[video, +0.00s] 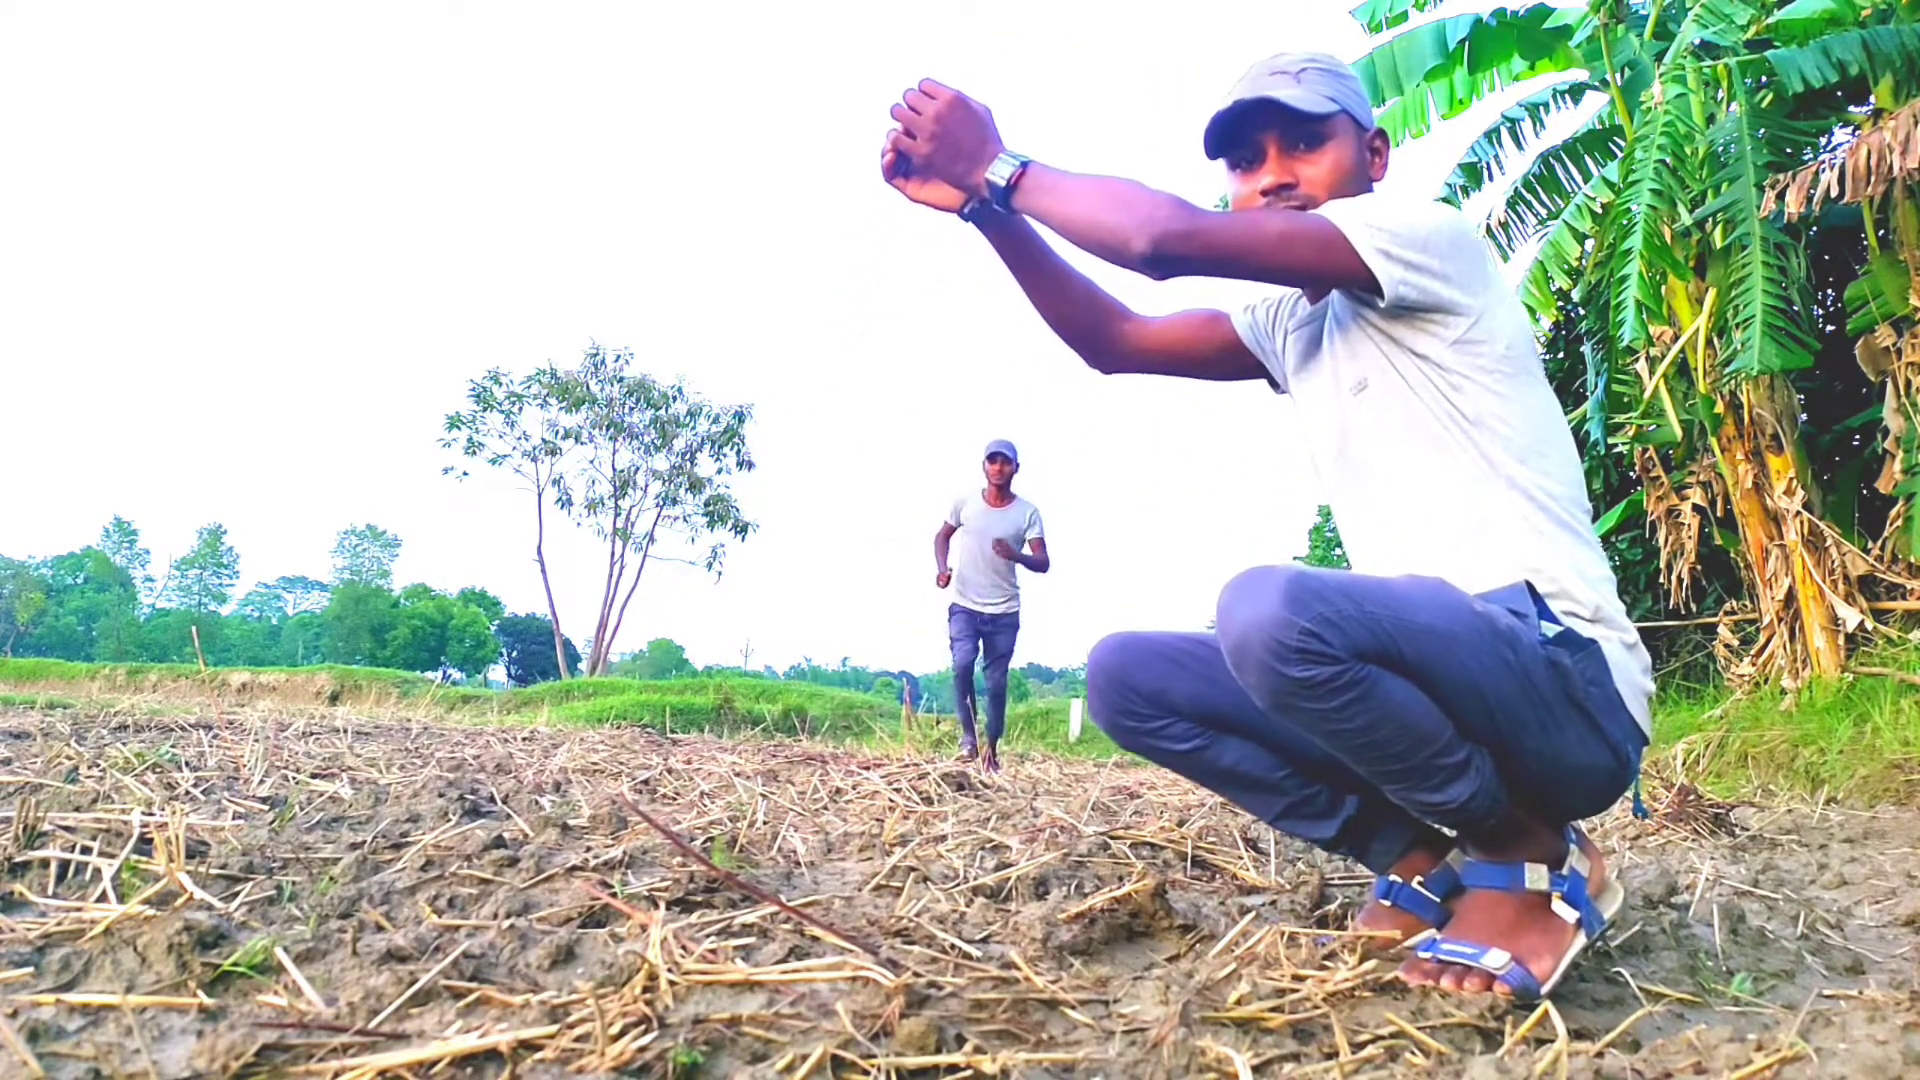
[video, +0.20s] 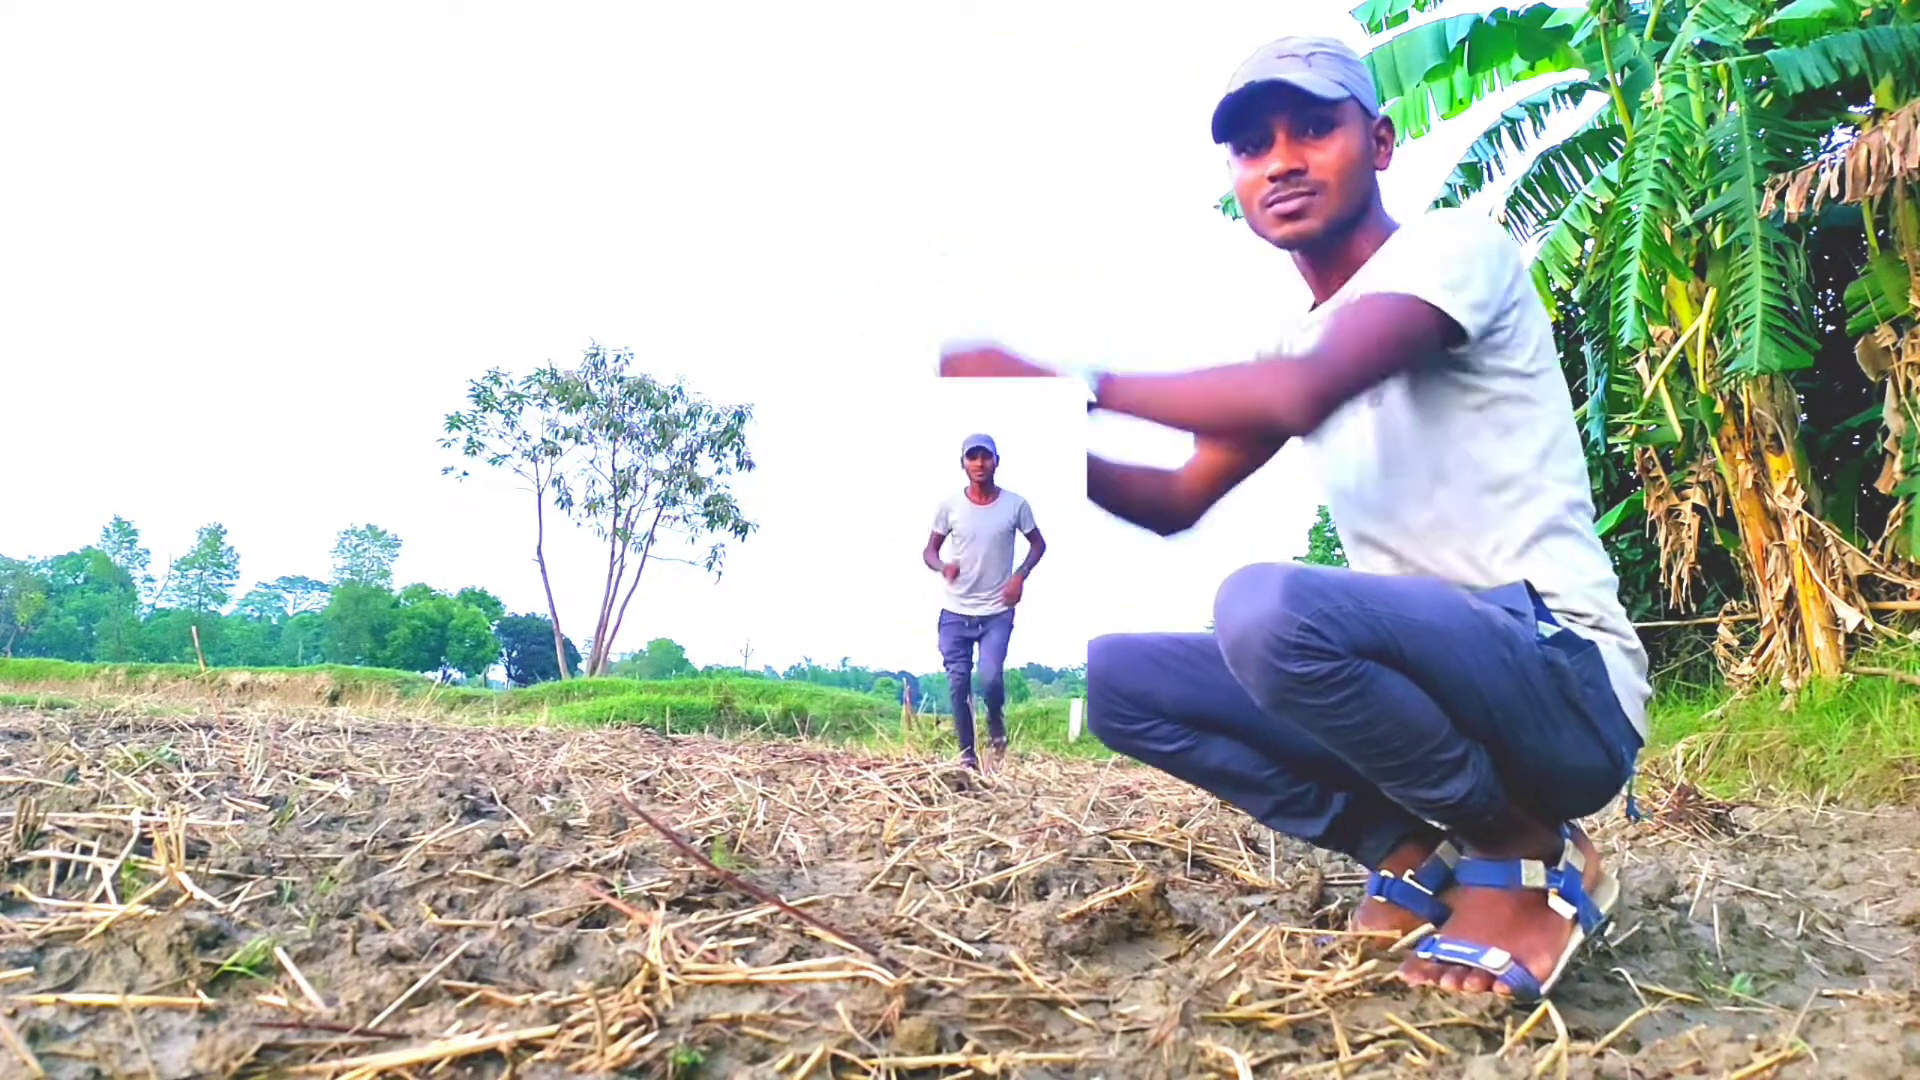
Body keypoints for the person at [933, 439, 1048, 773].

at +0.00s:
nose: (998, 467)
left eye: (1005, 462)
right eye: (993, 461)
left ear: (1015, 468)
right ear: (984, 466)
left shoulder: (1028, 513)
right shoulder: (965, 503)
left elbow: (1043, 563)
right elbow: (942, 536)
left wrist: (1017, 556)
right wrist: (943, 568)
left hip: (1004, 609)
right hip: (964, 605)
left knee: (997, 683)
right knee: (961, 666)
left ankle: (991, 752)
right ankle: (969, 739)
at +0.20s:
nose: (980, 462)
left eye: (986, 456)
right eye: (973, 457)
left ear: (996, 462)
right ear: (964, 463)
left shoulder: (1015, 506)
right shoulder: (949, 506)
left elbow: (1039, 545)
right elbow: (930, 552)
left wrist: (1020, 576)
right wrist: (943, 567)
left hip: (997, 611)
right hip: (956, 612)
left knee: (990, 679)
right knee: (957, 683)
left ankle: (996, 733)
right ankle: (967, 756)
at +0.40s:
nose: (987, 437)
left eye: (994, 431)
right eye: (981, 430)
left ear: (1005, 437)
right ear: (970, 436)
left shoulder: (1019, 483)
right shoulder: (950, 473)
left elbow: (1034, 518)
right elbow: (920, 513)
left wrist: (1023, 554)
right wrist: (939, 527)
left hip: (991, 592)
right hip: (948, 592)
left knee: (973, 672)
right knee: (943, 672)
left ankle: (963, 752)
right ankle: (962, 729)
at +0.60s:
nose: (984, 406)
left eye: (991, 400)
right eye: (976, 400)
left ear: (1000, 410)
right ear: (964, 409)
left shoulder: (1015, 458)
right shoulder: (947, 449)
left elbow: (1036, 511)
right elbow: (928, 478)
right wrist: (925, 515)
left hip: (990, 576)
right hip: (946, 566)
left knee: (975, 671)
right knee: (945, 634)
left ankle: (967, 751)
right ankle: (945, 735)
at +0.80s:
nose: (976, 382)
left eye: (984, 375)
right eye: (968, 375)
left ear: (995, 386)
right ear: (954, 387)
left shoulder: (1013, 444)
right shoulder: (932, 439)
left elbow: (1039, 496)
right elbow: (899, 497)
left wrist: (1019, 511)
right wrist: (920, 489)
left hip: (990, 568)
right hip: (940, 573)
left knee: (977, 639)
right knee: (951, 672)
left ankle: (980, 701)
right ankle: (955, 759)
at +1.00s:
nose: (978, 327)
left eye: (988, 320)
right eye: (969, 320)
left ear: (1003, 334)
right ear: (957, 334)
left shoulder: (1021, 406)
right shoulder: (933, 390)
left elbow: (1046, 479)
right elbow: (910, 442)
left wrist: (1003, 462)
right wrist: (909, 469)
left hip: (990, 543)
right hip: (932, 541)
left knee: (971, 651)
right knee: (929, 624)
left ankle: (963, 753)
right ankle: (939, 689)